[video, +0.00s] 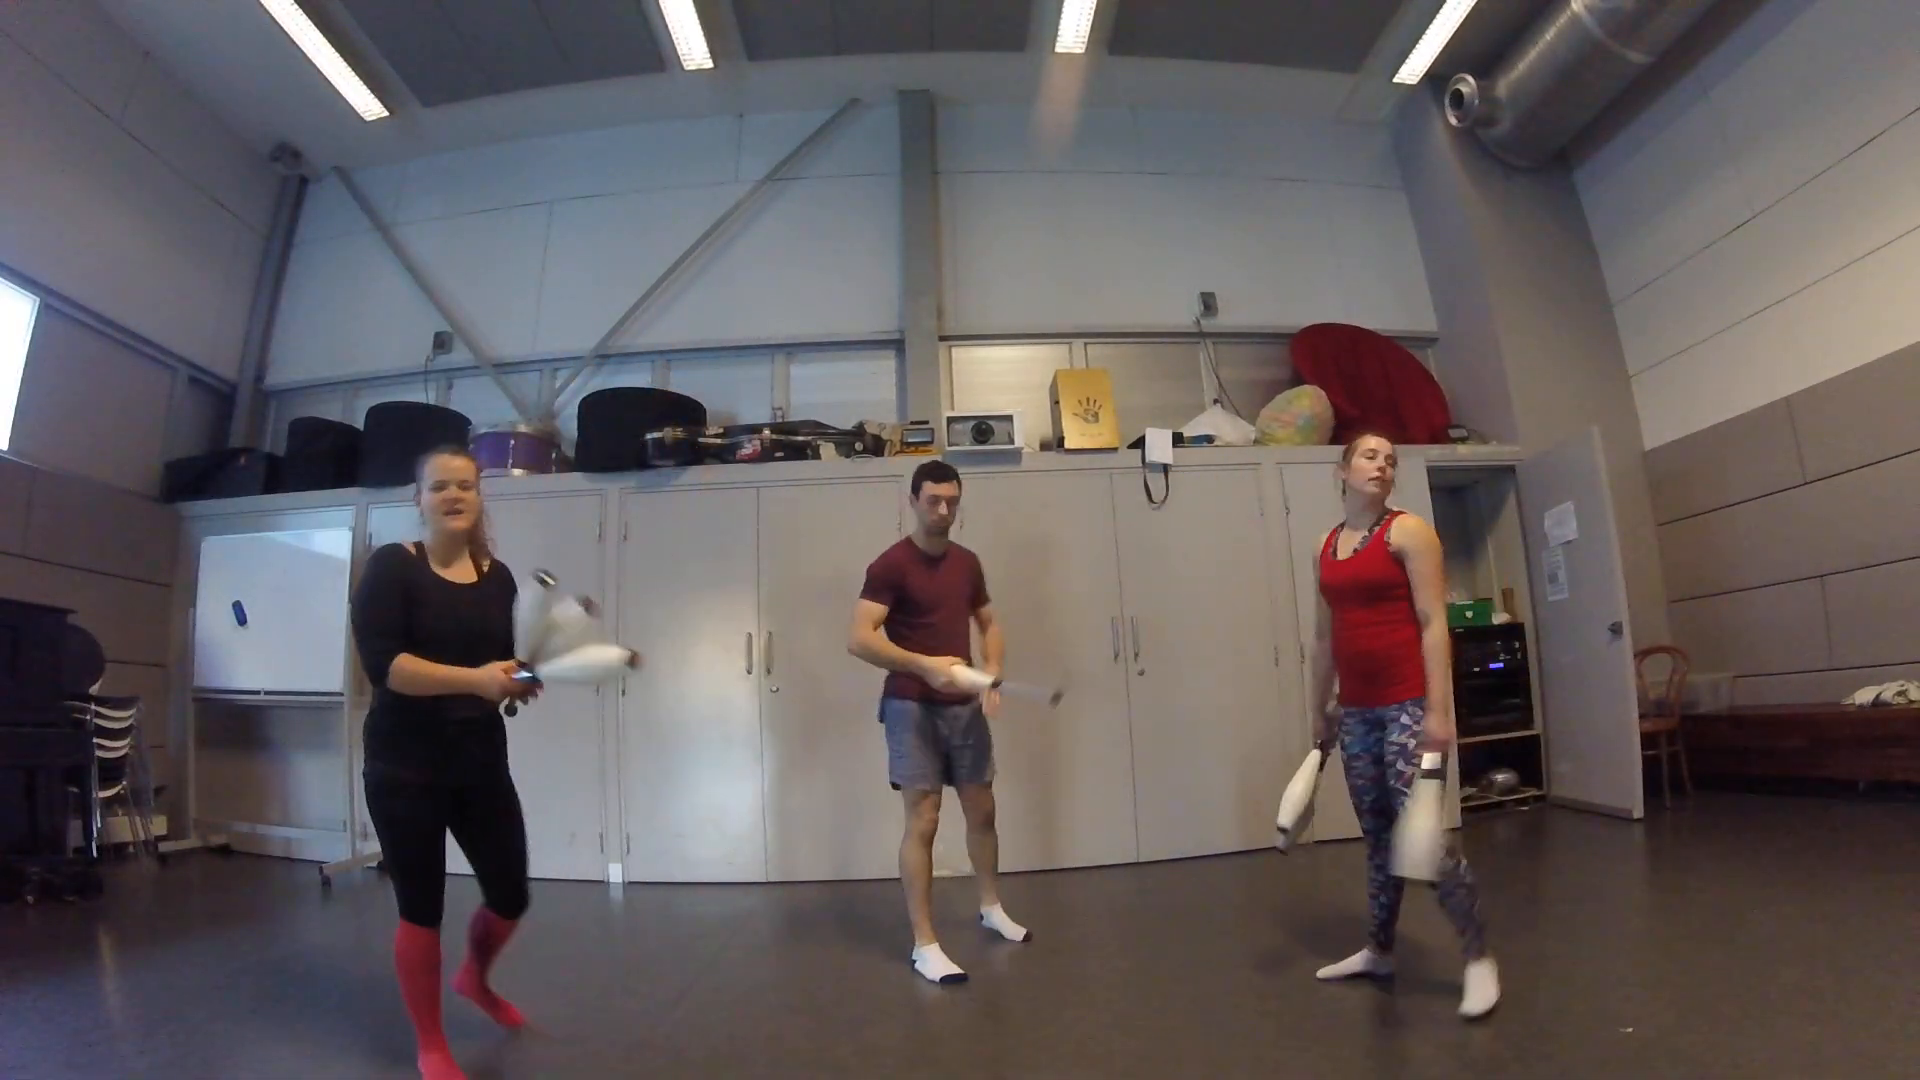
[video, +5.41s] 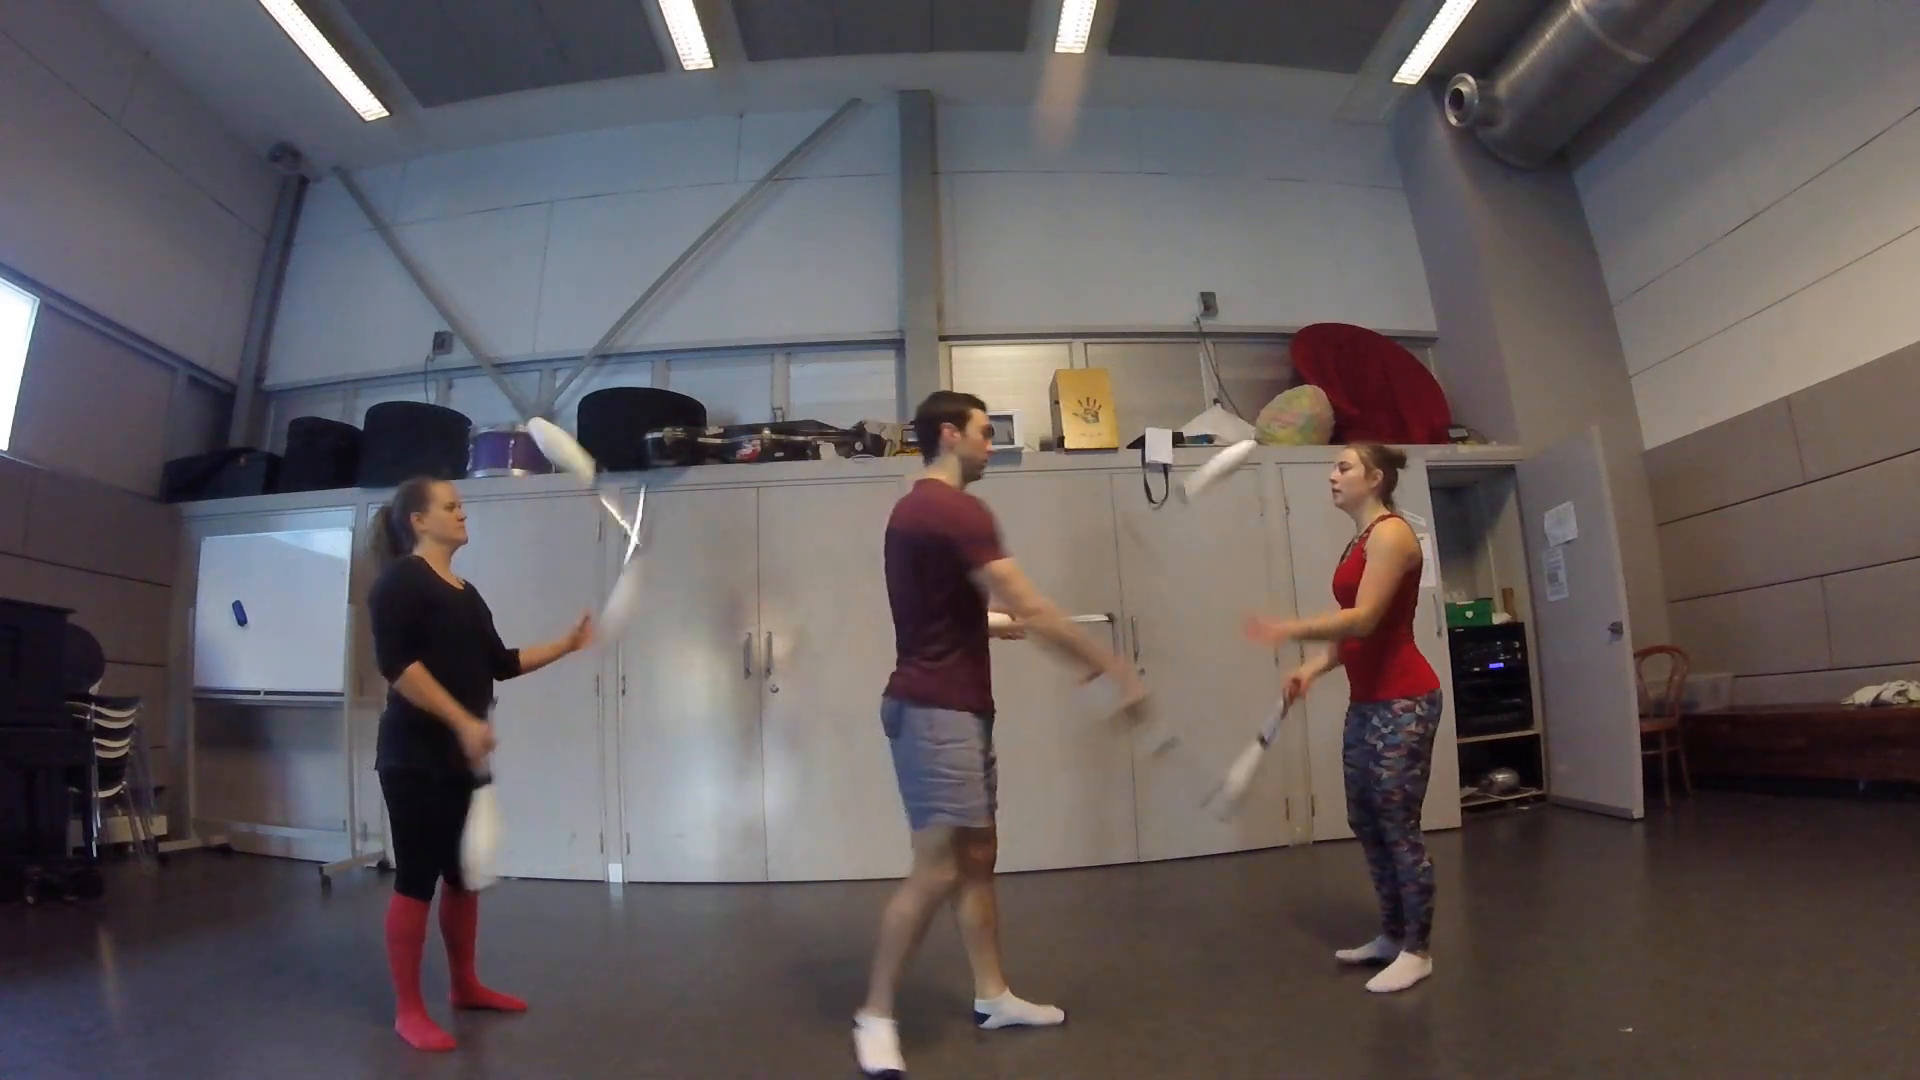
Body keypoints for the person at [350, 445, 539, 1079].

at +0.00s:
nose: (455, 496)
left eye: (465, 485)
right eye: (441, 486)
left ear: (481, 497)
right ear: (419, 499)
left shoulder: (498, 577)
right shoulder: (391, 566)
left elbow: (500, 662)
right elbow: (383, 666)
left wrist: (523, 675)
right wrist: (474, 679)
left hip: (478, 755)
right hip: (403, 759)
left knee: (509, 897)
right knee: (422, 907)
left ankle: (473, 978)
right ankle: (431, 1048)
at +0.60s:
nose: (456, 524)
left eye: (462, 515)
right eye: (444, 515)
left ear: (469, 525)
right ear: (415, 524)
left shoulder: (476, 593)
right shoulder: (378, 583)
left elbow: (486, 670)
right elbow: (338, 662)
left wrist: (501, 675)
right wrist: (397, 675)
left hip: (462, 756)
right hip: (396, 758)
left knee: (449, 877)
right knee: (403, 883)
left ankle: (441, 991)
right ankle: (376, 1007)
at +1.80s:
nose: (445, 525)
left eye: (445, 517)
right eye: (434, 516)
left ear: (438, 528)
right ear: (398, 524)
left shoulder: (443, 592)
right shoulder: (374, 582)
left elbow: (478, 657)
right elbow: (385, 644)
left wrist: (524, 622)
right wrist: (450, 600)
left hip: (449, 748)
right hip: (393, 753)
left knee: (456, 870)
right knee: (407, 880)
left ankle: (465, 985)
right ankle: (358, 987)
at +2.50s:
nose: (465, 519)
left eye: (465, 510)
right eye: (454, 510)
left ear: (458, 522)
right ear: (417, 519)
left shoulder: (462, 586)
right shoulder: (395, 582)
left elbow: (505, 645)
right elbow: (400, 660)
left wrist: (536, 590)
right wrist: (481, 671)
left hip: (457, 748)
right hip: (402, 751)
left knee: (457, 871)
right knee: (403, 875)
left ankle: (465, 986)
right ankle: (404, 1005)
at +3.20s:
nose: (472, 519)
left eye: (472, 510)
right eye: (460, 510)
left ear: (466, 520)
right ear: (425, 520)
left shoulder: (471, 589)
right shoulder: (411, 580)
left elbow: (487, 660)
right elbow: (454, 636)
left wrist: (537, 676)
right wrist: (530, 626)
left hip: (466, 751)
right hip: (414, 753)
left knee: (462, 870)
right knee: (410, 872)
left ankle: (466, 986)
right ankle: (404, 1005)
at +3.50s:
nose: (472, 518)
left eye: (472, 510)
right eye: (460, 510)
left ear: (467, 523)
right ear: (426, 522)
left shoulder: (478, 591)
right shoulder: (406, 584)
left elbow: (504, 665)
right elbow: (397, 660)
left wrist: (541, 678)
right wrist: (463, 698)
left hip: (473, 749)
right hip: (418, 751)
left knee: (466, 872)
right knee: (416, 874)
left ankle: (467, 987)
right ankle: (405, 1005)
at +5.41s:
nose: (464, 516)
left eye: (462, 507)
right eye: (452, 508)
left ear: (440, 521)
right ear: (418, 520)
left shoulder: (464, 591)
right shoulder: (399, 581)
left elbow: (499, 664)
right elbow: (398, 666)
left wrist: (568, 643)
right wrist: (462, 720)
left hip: (461, 752)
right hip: (414, 754)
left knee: (464, 871)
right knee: (416, 876)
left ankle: (466, 988)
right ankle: (409, 1012)